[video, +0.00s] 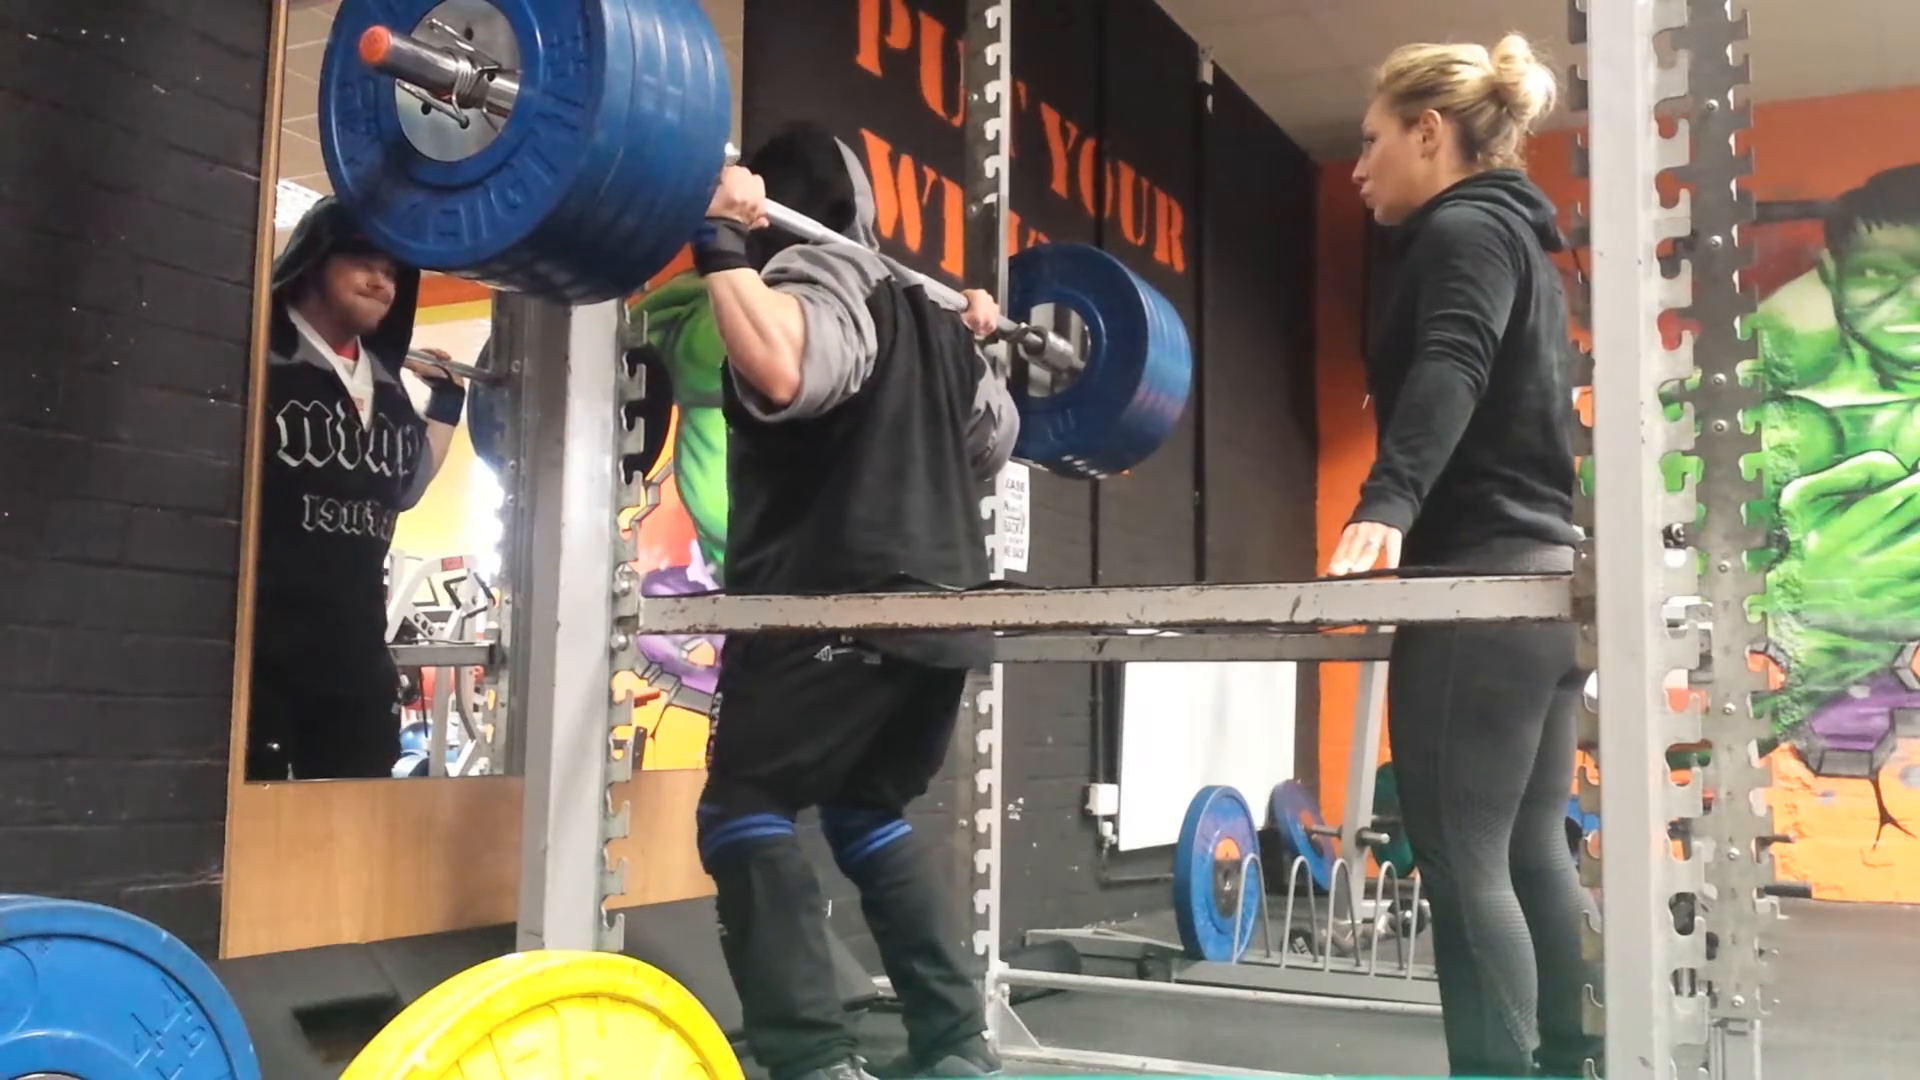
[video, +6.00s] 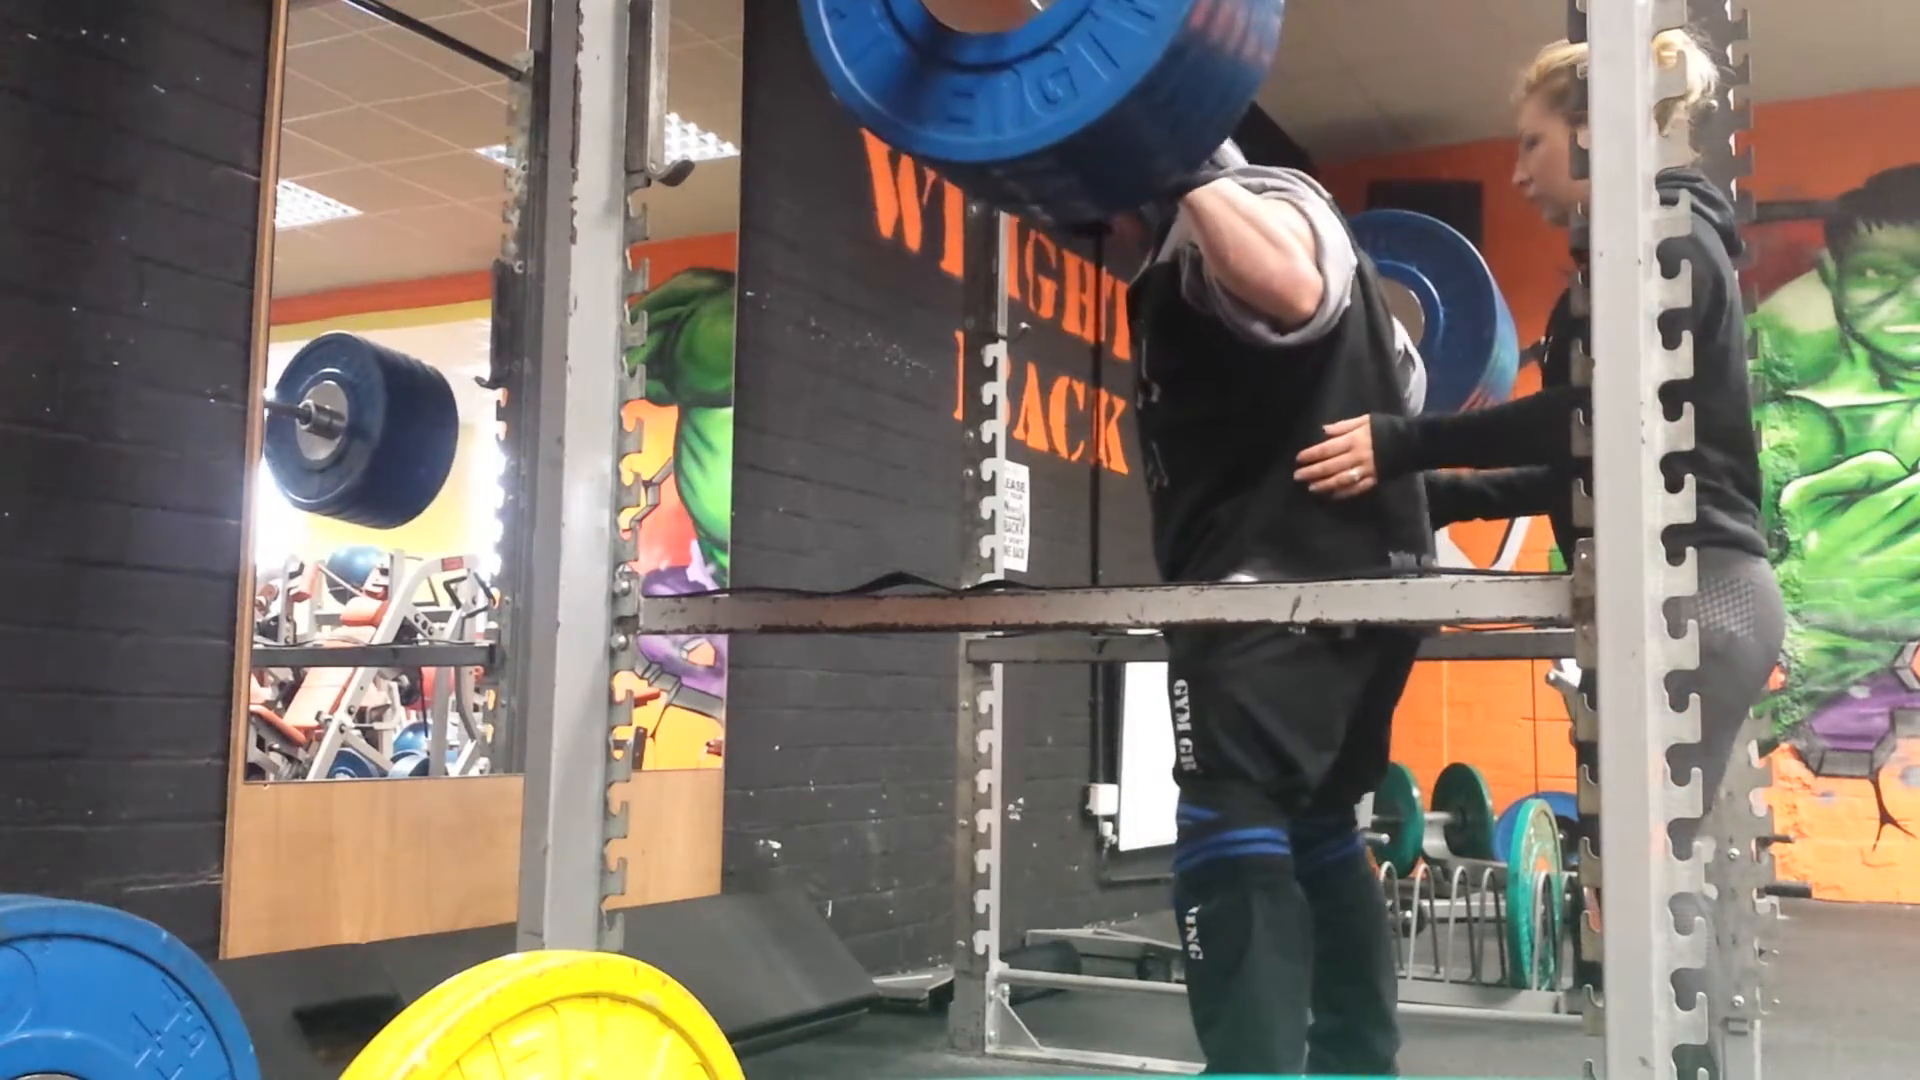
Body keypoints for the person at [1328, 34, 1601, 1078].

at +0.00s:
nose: (1360, 169)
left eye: (1371, 143)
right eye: (1360, 146)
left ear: (1433, 133)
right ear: (1441, 136)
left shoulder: (1464, 226)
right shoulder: (1512, 225)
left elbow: (1452, 360)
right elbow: (1519, 410)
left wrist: (1385, 509)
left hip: (1482, 577)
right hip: (1540, 576)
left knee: (1465, 860)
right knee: (1535, 848)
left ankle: (1495, 1073)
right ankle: (1569, 1066)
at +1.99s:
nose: (1444, 168)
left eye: (1452, 139)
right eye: (1442, 144)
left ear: (1511, 117)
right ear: (1518, 120)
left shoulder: (1563, 221)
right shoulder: (1584, 212)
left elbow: (1548, 403)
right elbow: (1577, 428)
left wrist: (1431, 521)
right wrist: (1539, 592)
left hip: (1597, 570)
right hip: (1617, 563)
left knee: (1575, 823)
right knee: (1598, 821)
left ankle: (1602, 1048)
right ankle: (1639, 1042)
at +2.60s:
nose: (1468, 171)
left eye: (1483, 145)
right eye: (1468, 149)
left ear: (1553, 138)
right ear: (1546, 143)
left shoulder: (1576, 256)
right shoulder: (1557, 263)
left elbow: (1539, 428)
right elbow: (1548, 470)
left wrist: (1370, 475)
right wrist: (1421, 516)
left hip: (1580, 591)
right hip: (1551, 589)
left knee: (1517, 839)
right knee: (1485, 828)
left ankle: (1613, 1053)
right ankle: (1595, 1050)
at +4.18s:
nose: (1530, 179)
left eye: (1549, 152)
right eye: (1526, 155)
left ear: (1611, 146)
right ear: (1558, 152)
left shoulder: (1656, 243)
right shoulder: (1639, 254)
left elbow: (1627, 425)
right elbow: (1615, 477)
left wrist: (1466, 477)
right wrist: (1481, 525)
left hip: (1665, 585)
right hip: (1670, 579)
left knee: (1639, 857)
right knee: (1653, 855)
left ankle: (1654, 1060)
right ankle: (1687, 1058)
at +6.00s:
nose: (1519, 172)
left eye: (1532, 145)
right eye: (1519, 148)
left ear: (1594, 135)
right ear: (1586, 139)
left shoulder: (1652, 236)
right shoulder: (1656, 241)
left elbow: (1586, 417)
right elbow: (1594, 465)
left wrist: (1400, 443)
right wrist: (1442, 495)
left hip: (1683, 587)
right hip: (1701, 586)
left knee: (1640, 868)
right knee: (1664, 866)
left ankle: (1660, 1064)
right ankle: (1685, 1060)